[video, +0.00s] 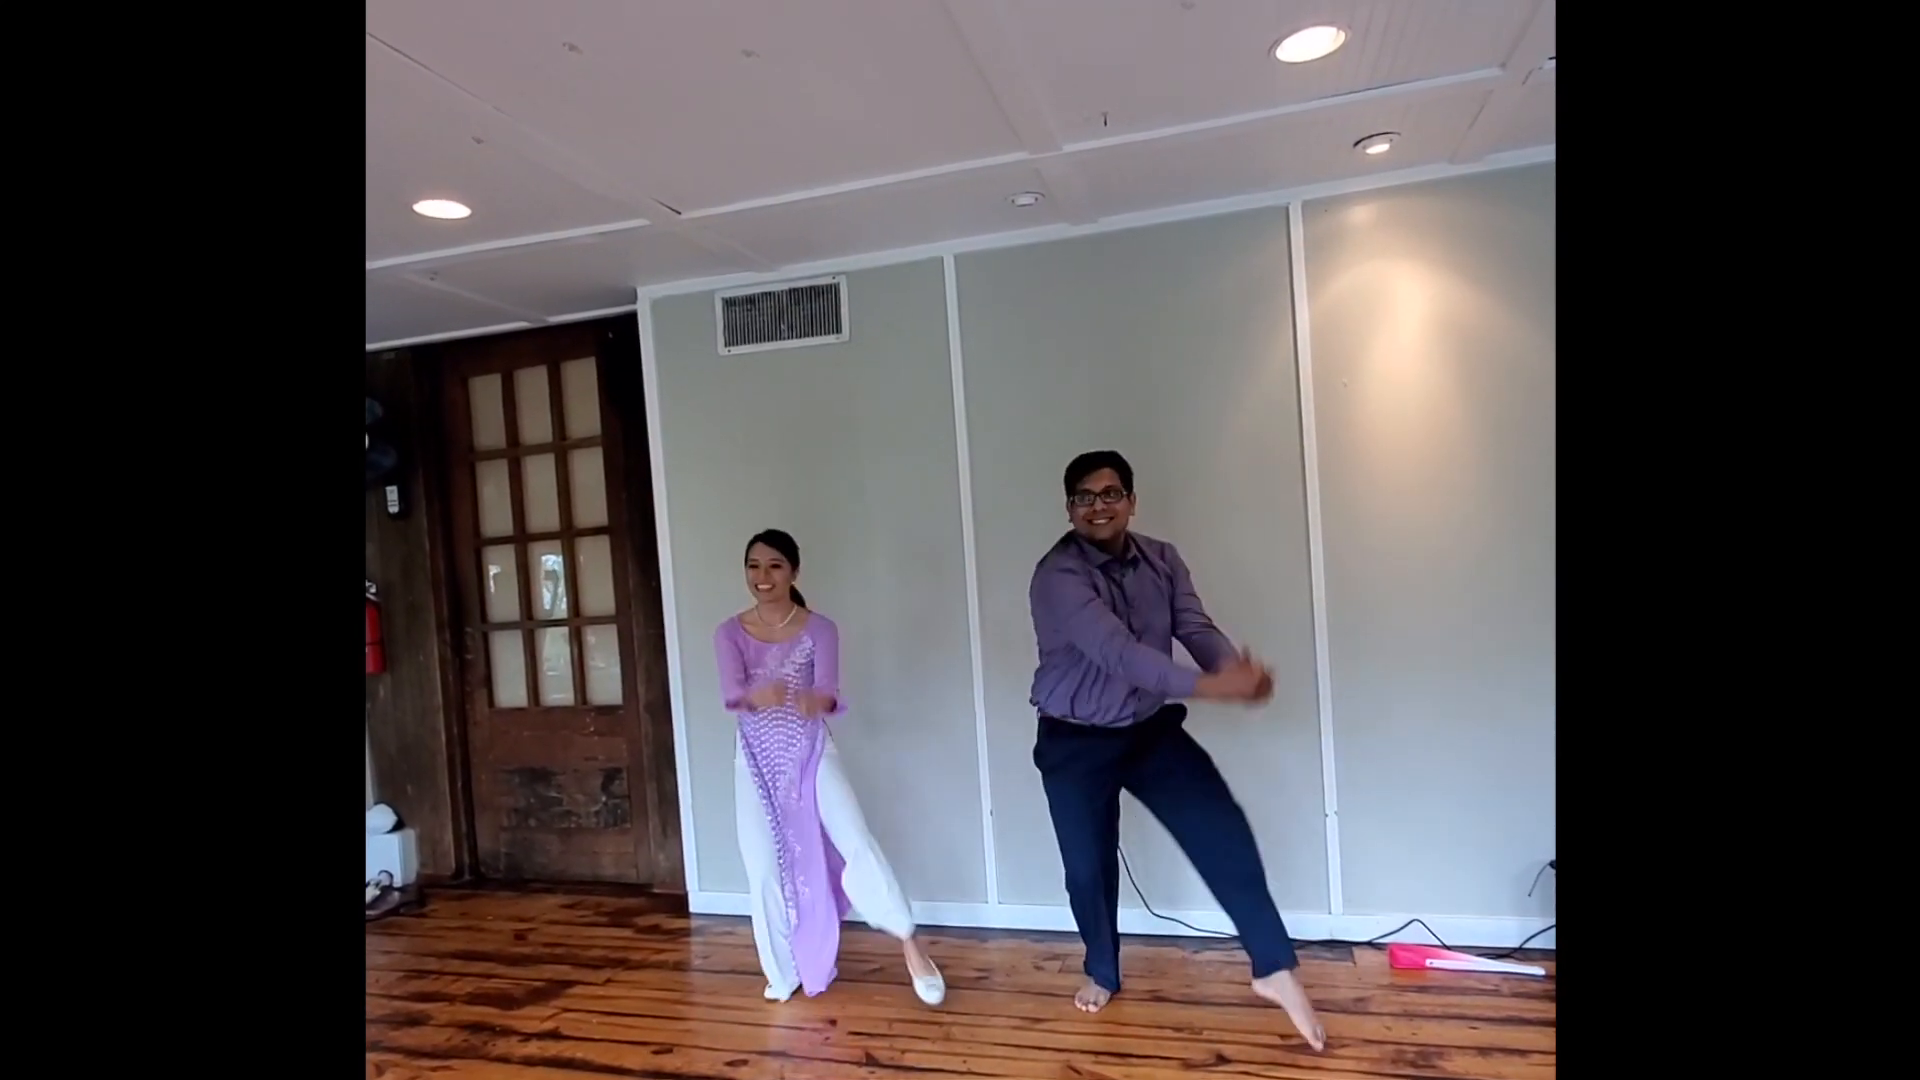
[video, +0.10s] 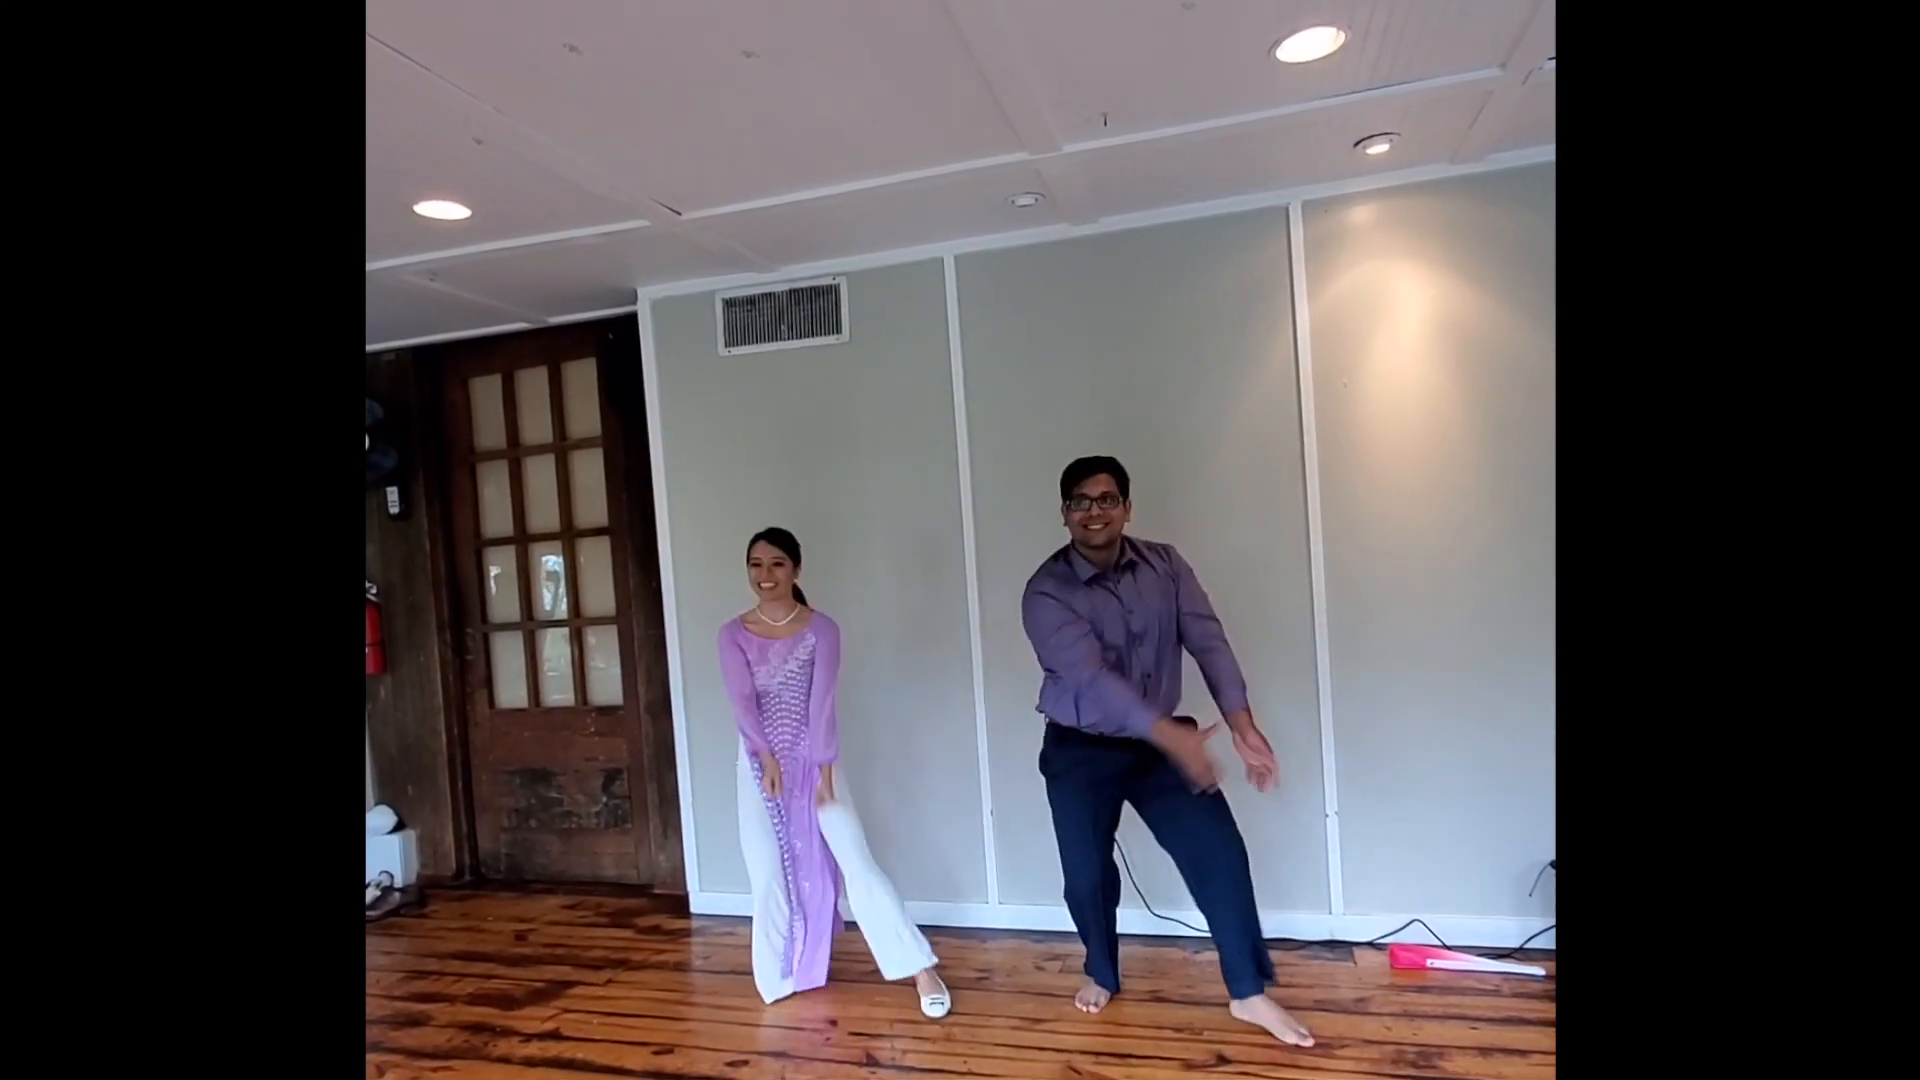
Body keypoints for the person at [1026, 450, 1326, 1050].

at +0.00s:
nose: (1098, 506)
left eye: (1110, 494)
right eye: (1084, 497)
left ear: (1131, 501)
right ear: (1069, 507)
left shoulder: (1161, 559)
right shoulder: (1059, 577)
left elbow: (1194, 628)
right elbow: (1117, 651)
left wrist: (1233, 665)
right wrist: (1207, 685)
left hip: (1153, 729)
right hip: (1076, 740)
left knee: (1222, 831)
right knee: (1088, 868)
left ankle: (1274, 969)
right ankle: (1101, 972)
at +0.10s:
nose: (1094, 511)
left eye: (1107, 499)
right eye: (1081, 501)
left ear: (1127, 508)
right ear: (1064, 512)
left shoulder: (1164, 565)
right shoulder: (1047, 592)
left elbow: (1208, 642)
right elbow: (1088, 678)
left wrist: (1242, 725)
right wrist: (1169, 733)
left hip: (1161, 737)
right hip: (1081, 746)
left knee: (1220, 854)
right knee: (1087, 874)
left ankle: (1248, 992)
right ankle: (1100, 974)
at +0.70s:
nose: (1149, 496)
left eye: (1160, 486)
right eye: (1151, 485)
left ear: (1197, 496)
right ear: (1189, 497)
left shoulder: (1266, 558)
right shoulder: (1168, 570)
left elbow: (1333, 630)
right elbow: (1105, 580)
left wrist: (1284, 716)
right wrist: (1044, 526)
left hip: (1274, 745)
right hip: (1204, 728)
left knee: (1262, 901)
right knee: (1118, 760)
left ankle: (1329, 1022)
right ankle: (1203, 854)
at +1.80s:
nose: (1106, 532)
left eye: (1114, 518)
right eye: (1105, 520)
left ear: (1152, 520)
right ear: (1150, 523)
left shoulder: (1210, 572)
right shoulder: (1152, 607)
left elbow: (1257, 653)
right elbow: (1146, 707)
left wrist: (1234, 752)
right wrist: (1061, 741)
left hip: (1296, 759)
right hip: (1245, 766)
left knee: (1216, 918)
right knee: (1236, 884)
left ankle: (1273, 1070)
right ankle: (1341, 983)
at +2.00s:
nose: (1109, 482)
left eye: (1121, 474)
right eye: (1116, 472)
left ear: (1155, 489)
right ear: (1151, 489)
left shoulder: (1192, 542)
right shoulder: (1145, 570)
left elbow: (1237, 628)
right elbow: (1134, 666)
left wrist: (1236, 731)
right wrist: (1054, 690)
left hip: (1297, 733)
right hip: (1299, 732)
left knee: (1259, 901)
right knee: (1300, 894)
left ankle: (1274, 1065)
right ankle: (1411, 1023)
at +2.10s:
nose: (1115, 488)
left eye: (1126, 479)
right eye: (1121, 477)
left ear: (1161, 493)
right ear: (1157, 493)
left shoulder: (1192, 544)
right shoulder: (1154, 570)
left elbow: (1233, 626)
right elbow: (1135, 662)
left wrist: (1238, 727)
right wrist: (1053, 680)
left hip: (1301, 733)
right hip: (1318, 728)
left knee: (1267, 896)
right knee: (1318, 895)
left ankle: (1288, 1059)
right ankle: (1417, 1036)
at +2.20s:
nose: (1121, 516)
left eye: (1129, 505)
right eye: (1123, 504)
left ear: (1166, 509)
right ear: (1167, 510)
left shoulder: (1204, 562)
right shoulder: (1182, 581)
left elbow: (1236, 649)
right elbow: (1145, 677)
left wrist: (1232, 747)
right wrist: (1060, 700)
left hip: (1305, 746)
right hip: (1333, 740)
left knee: (1250, 903)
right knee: (1309, 905)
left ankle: (1284, 1065)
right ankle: (1411, 1035)